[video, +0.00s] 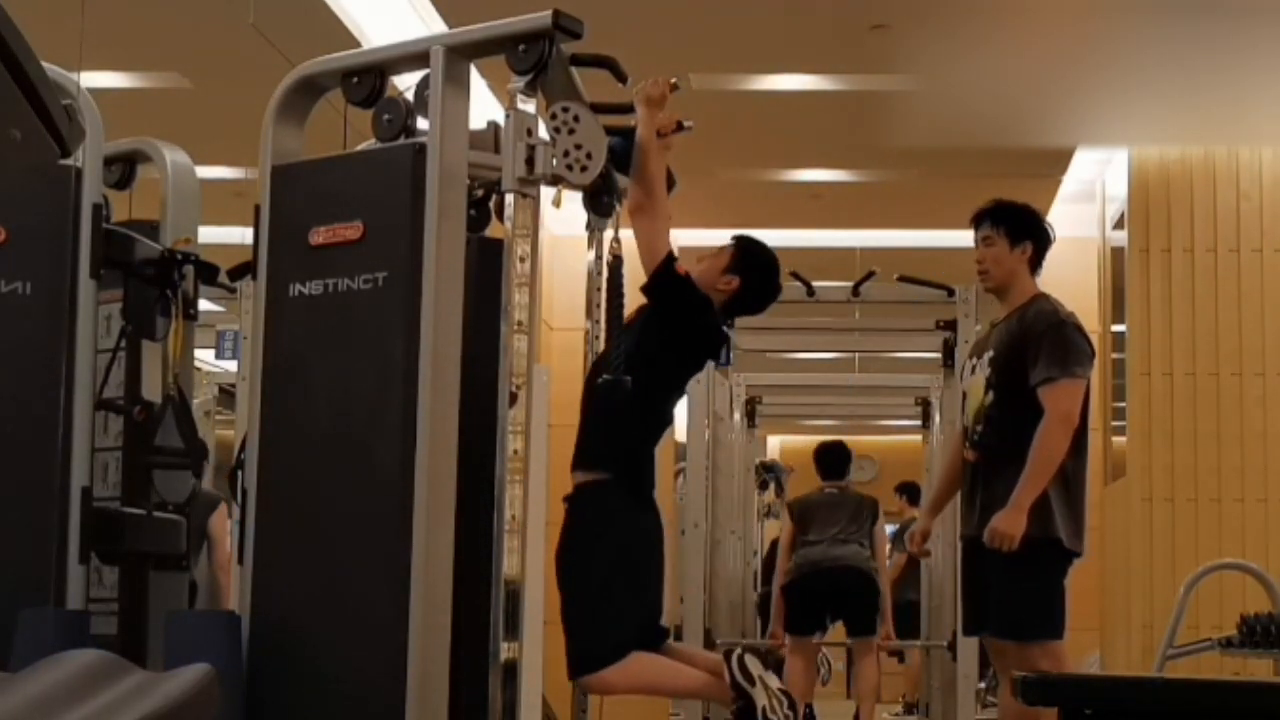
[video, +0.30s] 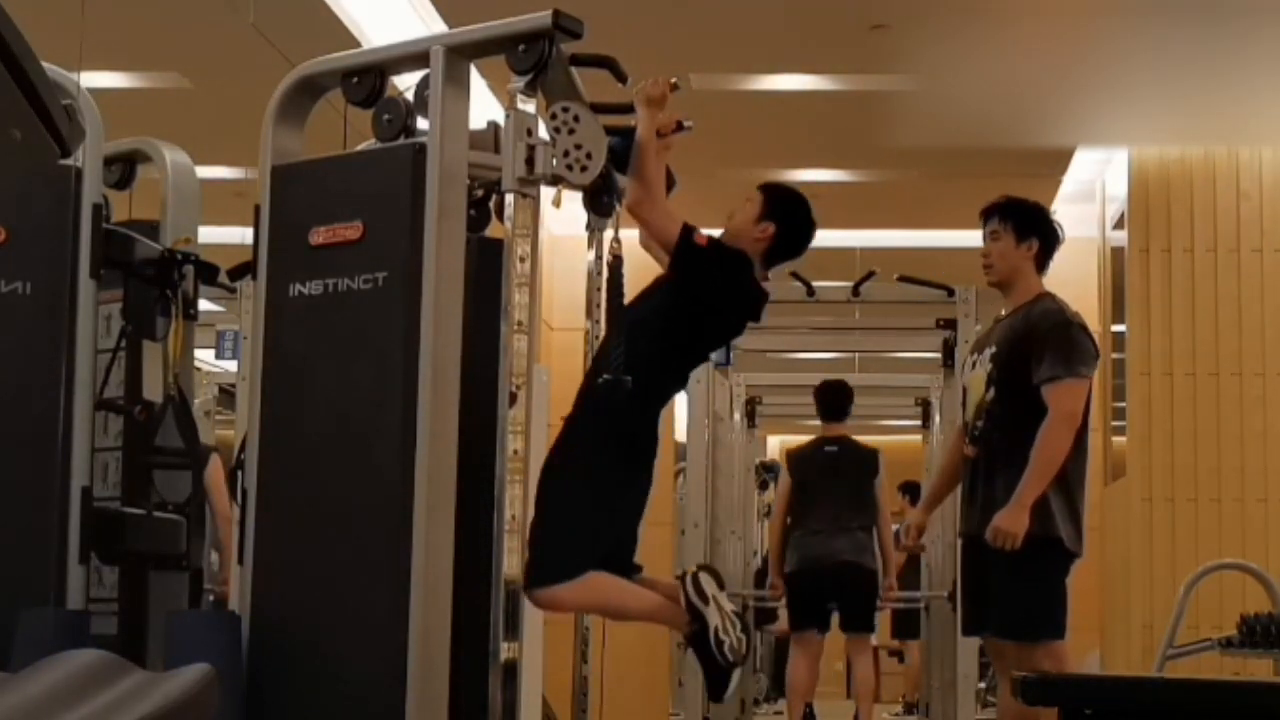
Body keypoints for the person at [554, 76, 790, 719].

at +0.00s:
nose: (694, 253)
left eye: (709, 253)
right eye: (708, 250)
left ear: (725, 280)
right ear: (726, 283)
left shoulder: (686, 315)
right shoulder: (683, 314)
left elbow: (645, 207)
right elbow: (646, 213)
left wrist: (645, 124)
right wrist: (657, 137)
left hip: (605, 510)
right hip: (620, 509)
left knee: (595, 668)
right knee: (634, 649)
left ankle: (730, 683)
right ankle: (738, 671)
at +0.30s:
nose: (735, 206)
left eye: (747, 202)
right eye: (743, 200)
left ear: (765, 227)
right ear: (772, 236)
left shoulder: (723, 268)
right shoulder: (734, 282)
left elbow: (646, 206)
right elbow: (649, 229)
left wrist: (645, 123)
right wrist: (659, 146)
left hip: (606, 421)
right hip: (626, 426)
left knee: (549, 585)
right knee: (594, 572)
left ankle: (684, 607)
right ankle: (692, 612)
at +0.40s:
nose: (738, 189)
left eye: (749, 184)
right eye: (746, 182)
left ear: (769, 204)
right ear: (775, 215)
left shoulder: (731, 246)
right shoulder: (747, 268)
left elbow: (647, 201)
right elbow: (648, 228)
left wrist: (647, 123)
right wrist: (657, 148)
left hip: (608, 399)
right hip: (633, 408)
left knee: (543, 550)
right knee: (589, 543)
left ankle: (667, 585)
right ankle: (674, 593)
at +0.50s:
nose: (738, 167)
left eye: (750, 159)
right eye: (746, 158)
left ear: (772, 178)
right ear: (782, 188)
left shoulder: (737, 220)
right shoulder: (757, 242)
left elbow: (643, 196)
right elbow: (655, 235)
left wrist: (646, 120)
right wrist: (658, 151)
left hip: (613, 376)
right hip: (640, 385)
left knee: (532, 513)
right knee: (583, 515)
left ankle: (648, 564)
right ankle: (655, 552)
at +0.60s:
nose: (734, 140)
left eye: (745, 133)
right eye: (741, 131)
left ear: (767, 150)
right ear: (777, 160)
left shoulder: (737, 194)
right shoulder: (758, 219)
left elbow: (640, 193)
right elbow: (656, 246)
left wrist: (645, 122)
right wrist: (658, 149)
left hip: (615, 349)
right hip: (646, 364)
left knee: (524, 479)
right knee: (577, 488)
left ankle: (632, 539)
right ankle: (646, 533)